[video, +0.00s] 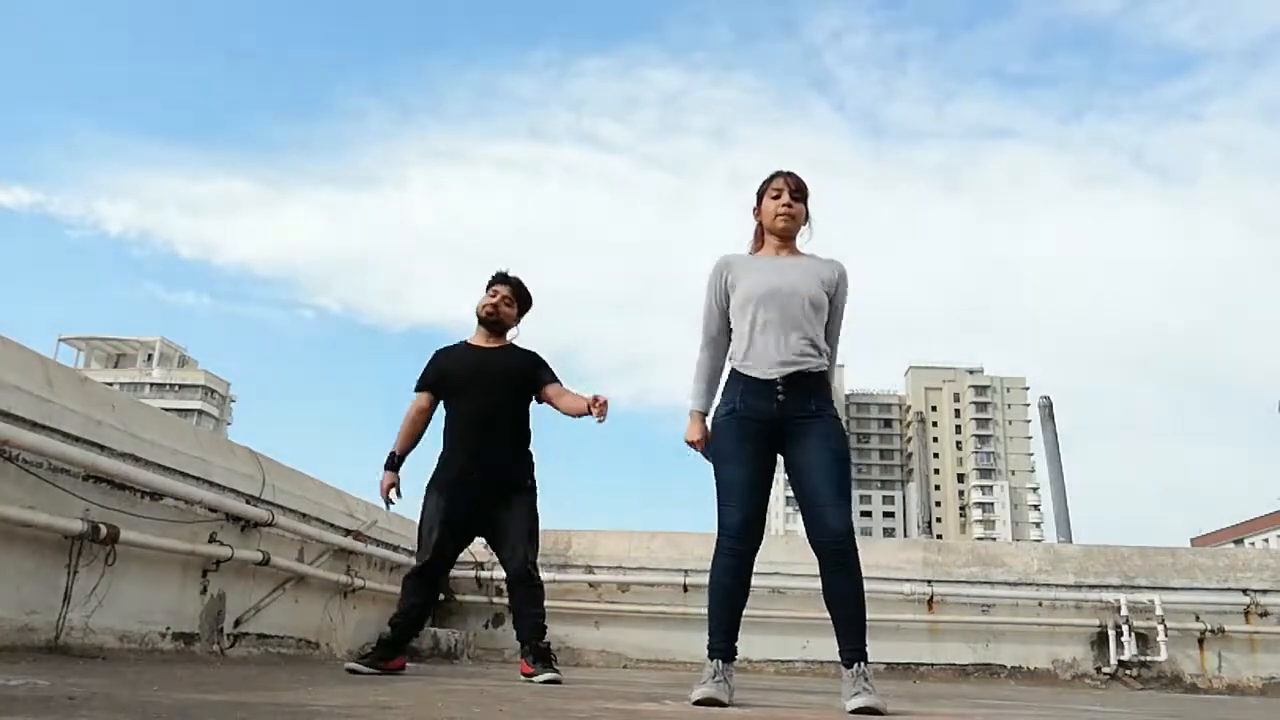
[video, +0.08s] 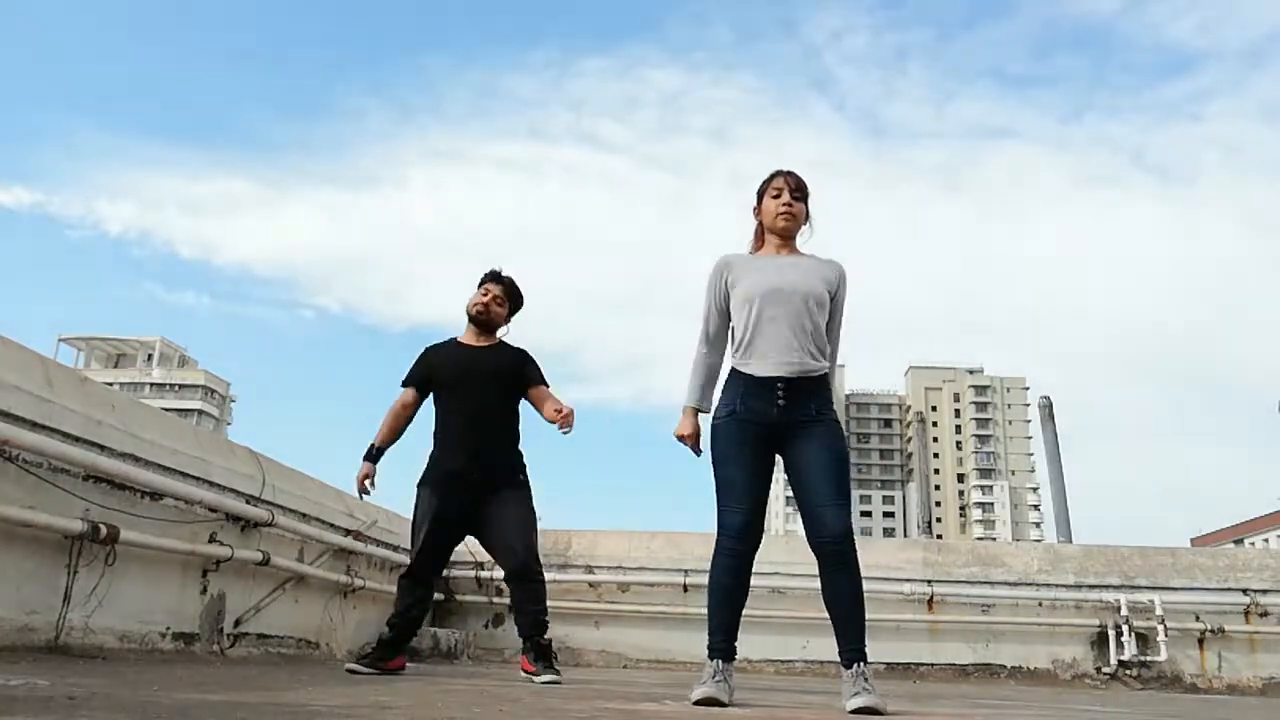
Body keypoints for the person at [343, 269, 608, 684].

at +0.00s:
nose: (495, 301)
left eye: (507, 300)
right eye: (492, 294)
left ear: (517, 318)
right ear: (479, 303)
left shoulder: (528, 363)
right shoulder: (447, 358)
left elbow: (558, 395)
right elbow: (420, 411)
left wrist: (587, 404)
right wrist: (393, 463)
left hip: (511, 486)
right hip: (454, 481)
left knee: (523, 568)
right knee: (428, 563)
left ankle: (535, 653)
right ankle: (392, 647)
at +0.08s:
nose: (487, 300)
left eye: (498, 300)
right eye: (484, 292)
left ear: (507, 318)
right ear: (470, 300)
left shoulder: (517, 360)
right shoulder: (436, 356)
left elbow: (543, 398)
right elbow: (404, 405)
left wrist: (559, 412)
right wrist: (372, 456)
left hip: (503, 484)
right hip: (445, 480)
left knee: (524, 564)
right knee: (421, 566)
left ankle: (537, 652)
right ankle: (392, 649)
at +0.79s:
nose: (503, 304)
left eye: (513, 302)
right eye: (497, 296)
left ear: (521, 314)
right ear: (482, 302)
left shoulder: (534, 361)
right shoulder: (450, 354)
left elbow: (552, 415)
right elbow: (431, 409)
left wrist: (531, 455)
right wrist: (444, 455)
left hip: (510, 485)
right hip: (454, 480)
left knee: (522, 570)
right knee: (416, 559)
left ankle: (537, 654)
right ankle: (393, 647)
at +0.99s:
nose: (497, 302)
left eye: (506, 297)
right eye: (490, 295)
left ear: (517, 308)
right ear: (476, 302)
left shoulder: (532, 361)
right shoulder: (451, 351)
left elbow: (554, 412)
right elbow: (429, 404)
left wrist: (535, 449)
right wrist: (434, 455)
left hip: (511, 481)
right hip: (455, 477)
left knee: (525, 565)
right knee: (426, 563)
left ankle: (537, 651)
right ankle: (393, 646)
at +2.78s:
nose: (512, 305)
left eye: (522, 302)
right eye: (505, 297)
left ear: (529, 315)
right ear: (490, 304)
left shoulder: (524, 364)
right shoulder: (460, 340)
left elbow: (549, 394)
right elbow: (399, 357)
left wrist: (589, 385)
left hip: (504, 485)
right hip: (449, 477)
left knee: (520, 565)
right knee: (414, 563)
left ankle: (540, 657)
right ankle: (376, 649)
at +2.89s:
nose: (516, 306)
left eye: (525, 303)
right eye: (509, 299)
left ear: (533, 318)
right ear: (493, 306)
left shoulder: (524, 366)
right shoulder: (464, 342)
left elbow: (546, 394)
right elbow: (404, 352)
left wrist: (581, 377)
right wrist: (420, 323)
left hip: (503, 486)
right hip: (450, 479)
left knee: (520, 568)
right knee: (414, 567)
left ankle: (540, 655)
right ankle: (375, 649)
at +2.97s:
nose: (517, 308)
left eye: (526, 305)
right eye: (510, 301)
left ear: (534, 319)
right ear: (494, 308)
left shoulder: (531, 370)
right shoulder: (467, 340)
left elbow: (571, 400)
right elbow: (420, 346)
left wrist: (588, 380)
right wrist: (467, 347)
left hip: (503, 488)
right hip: (448, 481)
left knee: (524, 569)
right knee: (411, 564)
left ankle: (542, 655)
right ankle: (375, 648)